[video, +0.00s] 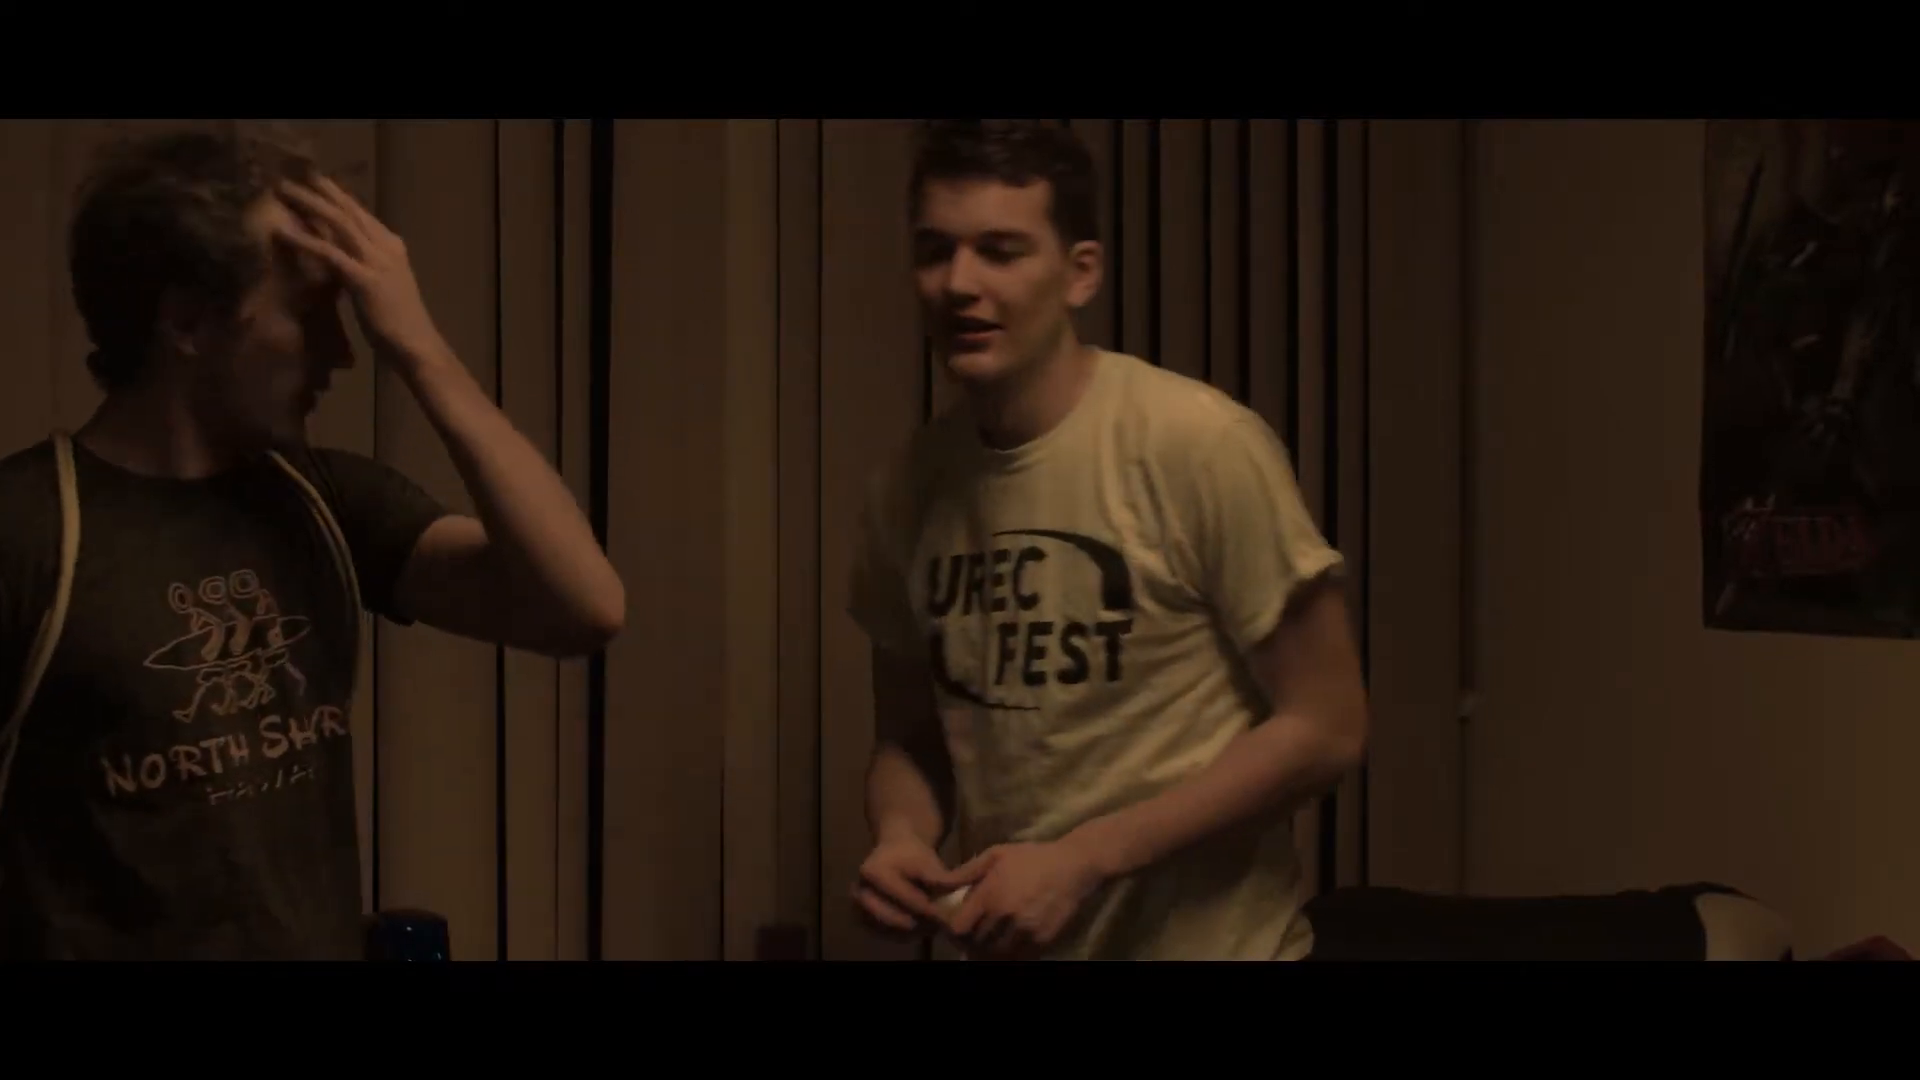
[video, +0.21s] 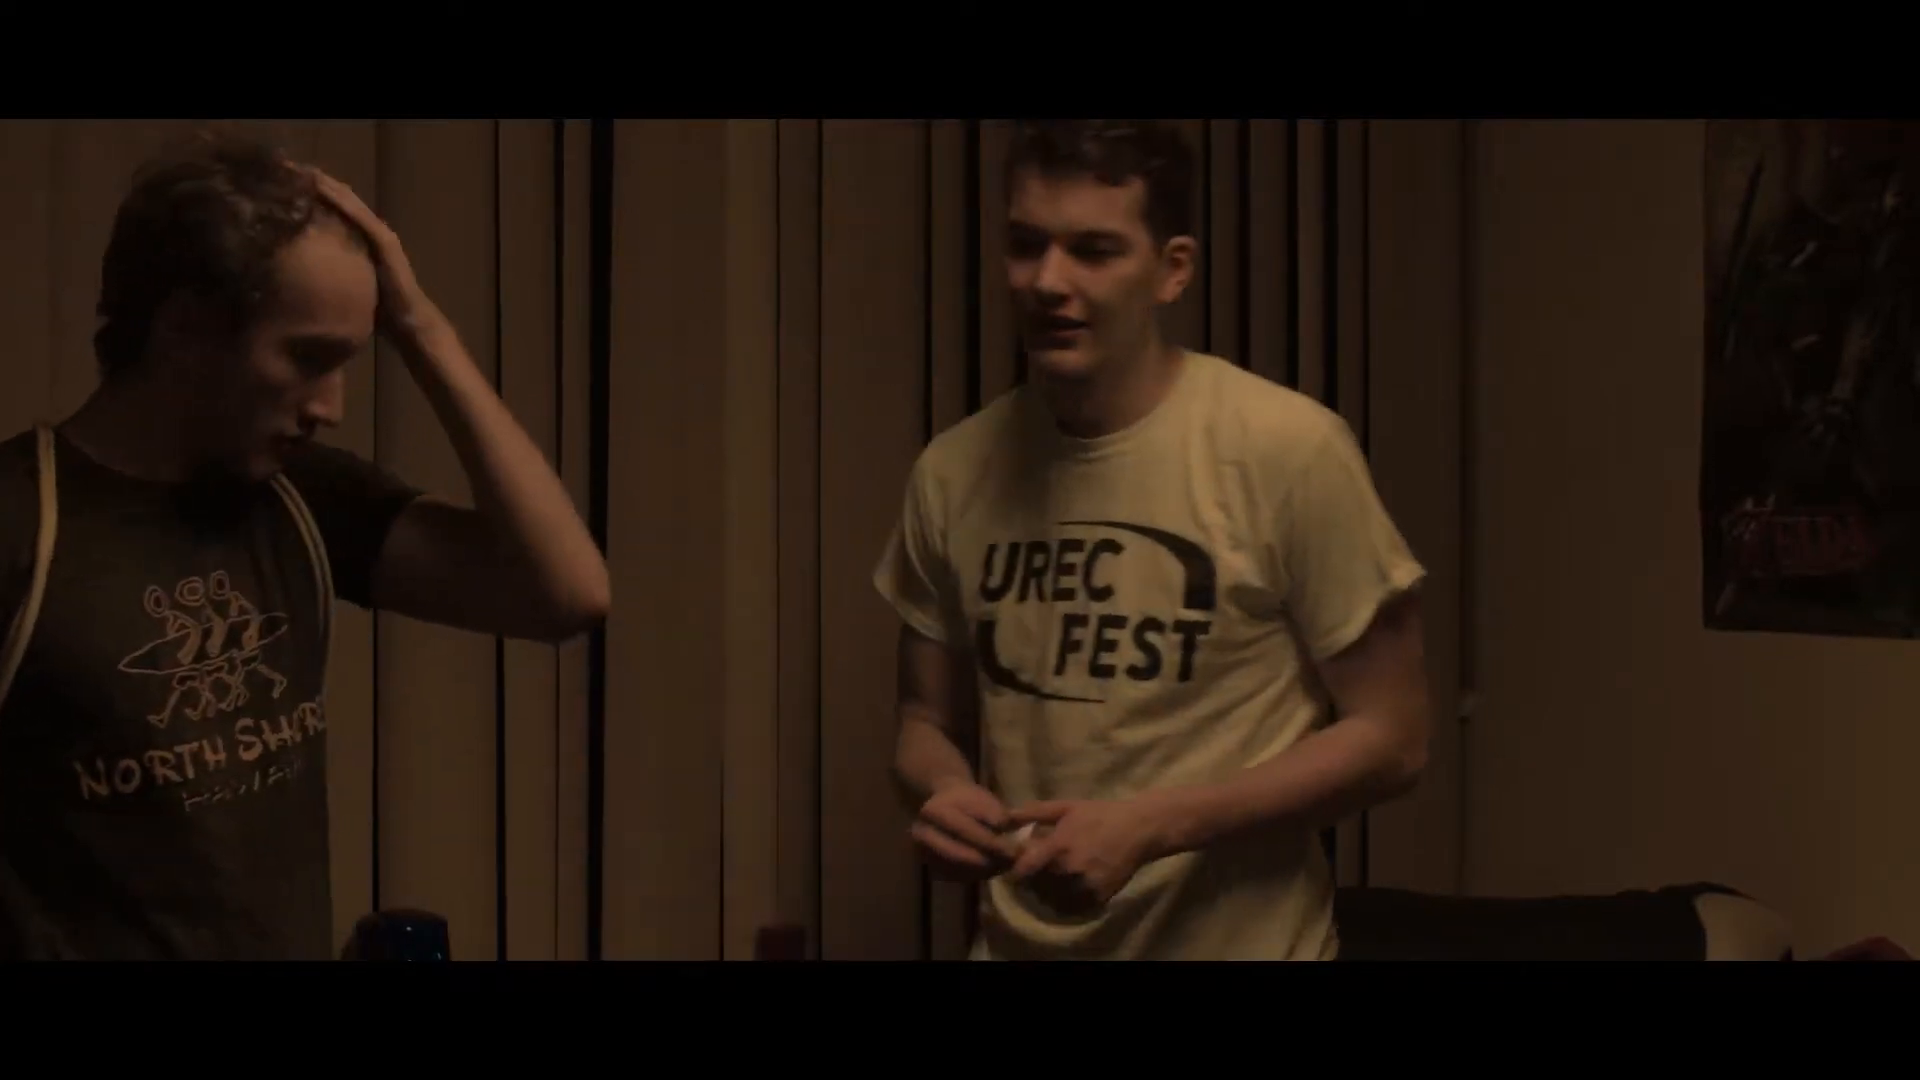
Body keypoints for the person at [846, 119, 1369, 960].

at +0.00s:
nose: (958, 282)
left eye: (1001, 251)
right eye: (936, 251)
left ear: (1079, 273)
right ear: (915, 267)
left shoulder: (1201, 444)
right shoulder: (915, 483)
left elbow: (1329, 722)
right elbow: (908, 728)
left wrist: (1080, 861)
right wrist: (902, 836)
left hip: (1205, 940)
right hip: (1002, 937)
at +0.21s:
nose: (1048, 281)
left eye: (1094, 250)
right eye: (1027, 246)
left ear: (1170, 272)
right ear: (1002, 255)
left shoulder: (1290, 452)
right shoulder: (953, 474)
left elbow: (1395, 734)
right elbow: (924, 713)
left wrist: (1147, 822)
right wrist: (945, 790)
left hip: (1239, 944)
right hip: (1023, 944)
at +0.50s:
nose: (1153, 297)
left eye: (1199, 264)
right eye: (1131, 257)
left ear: (1275, 273)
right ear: (1106, 253)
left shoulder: (1379, 467)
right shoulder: (1019, 458)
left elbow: (1450, 751)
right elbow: (967, 703)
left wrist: (1232, 787)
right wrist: (1000, 760)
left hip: (1283, 946)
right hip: (1056, 945)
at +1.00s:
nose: (1264, 349)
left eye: (1310, 318)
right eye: (1239, 306)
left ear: (1378, 311)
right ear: (1204, 280)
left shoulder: (1473, 512)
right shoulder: (1103, 492)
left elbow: (1539, 807)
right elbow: (1037, 762)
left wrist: (1338, 811)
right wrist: (1109, 794)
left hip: (1371, 950)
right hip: (1148, 947)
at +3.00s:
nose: (1292, 334)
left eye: (1334, 300)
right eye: (1269, 296)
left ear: (1416, 280)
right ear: (1246, 277)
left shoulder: (1530, 469)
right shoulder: (1183, 459)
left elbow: (1606, 771)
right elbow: (1119, 740)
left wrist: (1360, 714)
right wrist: (1196, 718)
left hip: (1419, 943)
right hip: (1192, 939)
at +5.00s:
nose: (1287, 365)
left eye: (1328, 331)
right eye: (1260, 327)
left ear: (1403, 311)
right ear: (1237, 306)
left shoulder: (1515, 492)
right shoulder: (1167, 497)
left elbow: (1597, 797)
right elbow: (1091, 802)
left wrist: (1393, 693)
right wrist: (1144, 713)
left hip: (1417, 945)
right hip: (1194, 943)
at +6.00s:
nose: (1287, 320)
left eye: (1330, 283)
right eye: (1260, 280)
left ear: (1400, 292)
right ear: (1231, 283)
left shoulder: (1510, 490)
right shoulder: (1159, 498)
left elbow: (1594, 794)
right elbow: (1092, 798)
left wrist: (1382, 693)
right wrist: (1176, 713)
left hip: (1418, 945)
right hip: (1191, 943)